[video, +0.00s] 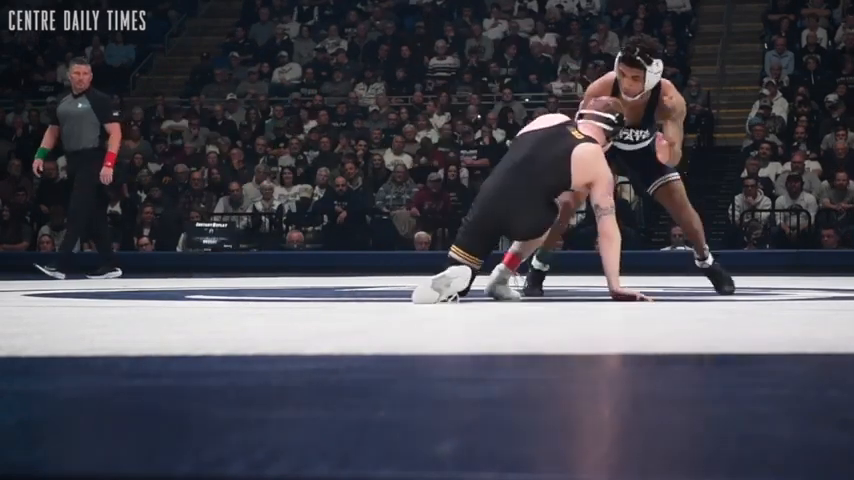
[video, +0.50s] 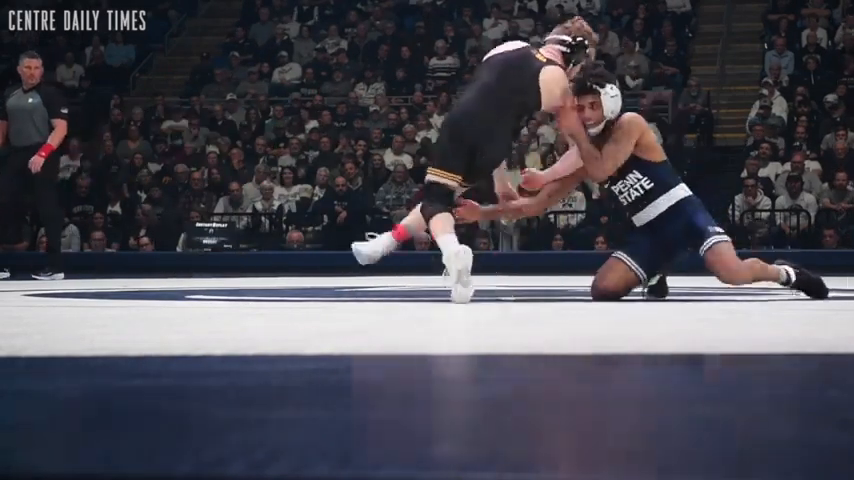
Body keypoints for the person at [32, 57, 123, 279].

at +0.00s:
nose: (81, 78)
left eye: (85, 74)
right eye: (77, 74)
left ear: (91, 76)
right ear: (69, 76)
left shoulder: (99, 100)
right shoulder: (62, 103)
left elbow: (115, 132)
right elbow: (52, 131)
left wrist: (109, 164)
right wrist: (40, 155)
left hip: (94, 160)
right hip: (74, 162)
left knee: (78, 209)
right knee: (93, 212)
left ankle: (60, 264)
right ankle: (109, 263)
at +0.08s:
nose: (74, 78)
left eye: (78, 74)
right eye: (69, 73)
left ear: (83, 76)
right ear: (60, 76)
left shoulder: (91, 101)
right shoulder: (53, 102)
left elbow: (106, 134)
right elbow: (43, 132)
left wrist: (101, 166)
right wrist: (31, 156)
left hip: (82, 161)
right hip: (63, 161)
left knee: (68, 209)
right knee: (79, 213)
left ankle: (56, 266)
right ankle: (106, 261)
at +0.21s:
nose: (60, 76)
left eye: (65, 71)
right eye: (56, 71)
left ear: (70, 75)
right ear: (48, 73)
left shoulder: (77, 99)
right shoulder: (38, 99)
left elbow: (90, 133)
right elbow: (29, 129)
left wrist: (83, 165)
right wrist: (19, 155)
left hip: (67, 159)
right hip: (44, 159)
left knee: (57, 210)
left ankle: (55, 267)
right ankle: (86, 248)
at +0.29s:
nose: (52, 74)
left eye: (56, 70)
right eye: (48, 69)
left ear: (62, 73)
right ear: (39, 71)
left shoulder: (70, 97)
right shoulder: (30, 97)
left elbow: (81, 132)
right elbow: (21, 127)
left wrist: (71, 162)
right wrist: (12, 155)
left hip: (60, 156)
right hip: (35, 157)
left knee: (53, 207)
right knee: (35, 207)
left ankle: (56, 264)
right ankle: (66, 240)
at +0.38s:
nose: (44, 73)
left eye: (49, 68)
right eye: (40, 68)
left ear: (54, 71)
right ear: (31, 70)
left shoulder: (61, 95)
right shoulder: (23, 95)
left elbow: (72, 129)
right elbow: (13, 126)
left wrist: (58, 158)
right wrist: (4, 154)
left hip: (51, 158)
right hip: (27, 158)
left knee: (52, 207)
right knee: (24, 209)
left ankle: (56, 263)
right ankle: (39, 259)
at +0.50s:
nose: (32, 72)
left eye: (36, 68)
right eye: (27, 68)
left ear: (42, 70)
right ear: (19, 70)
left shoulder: (49, 94)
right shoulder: (9, 96)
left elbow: (61, 128)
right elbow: (3, 128)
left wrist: (42, 154)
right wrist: (3, 150)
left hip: (42, 156)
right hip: (14, 157)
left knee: (47, 207)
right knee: (9, 207)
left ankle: (54, 265)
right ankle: (7, 264)